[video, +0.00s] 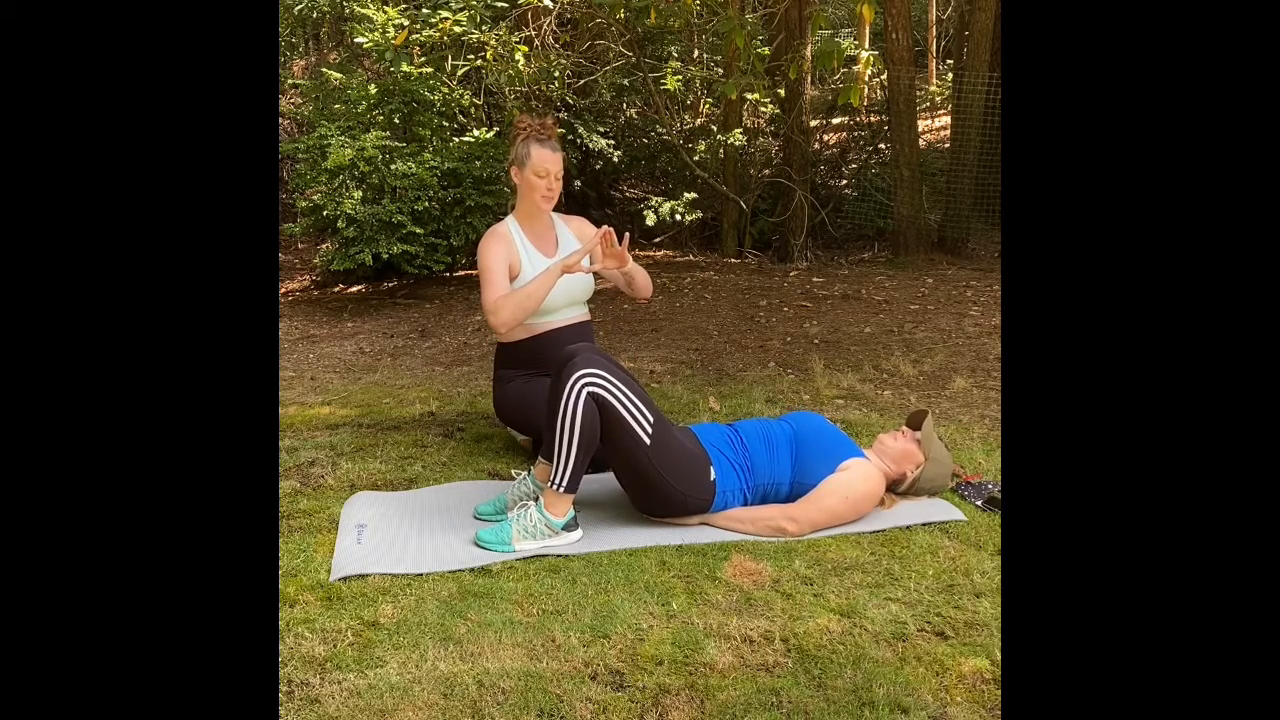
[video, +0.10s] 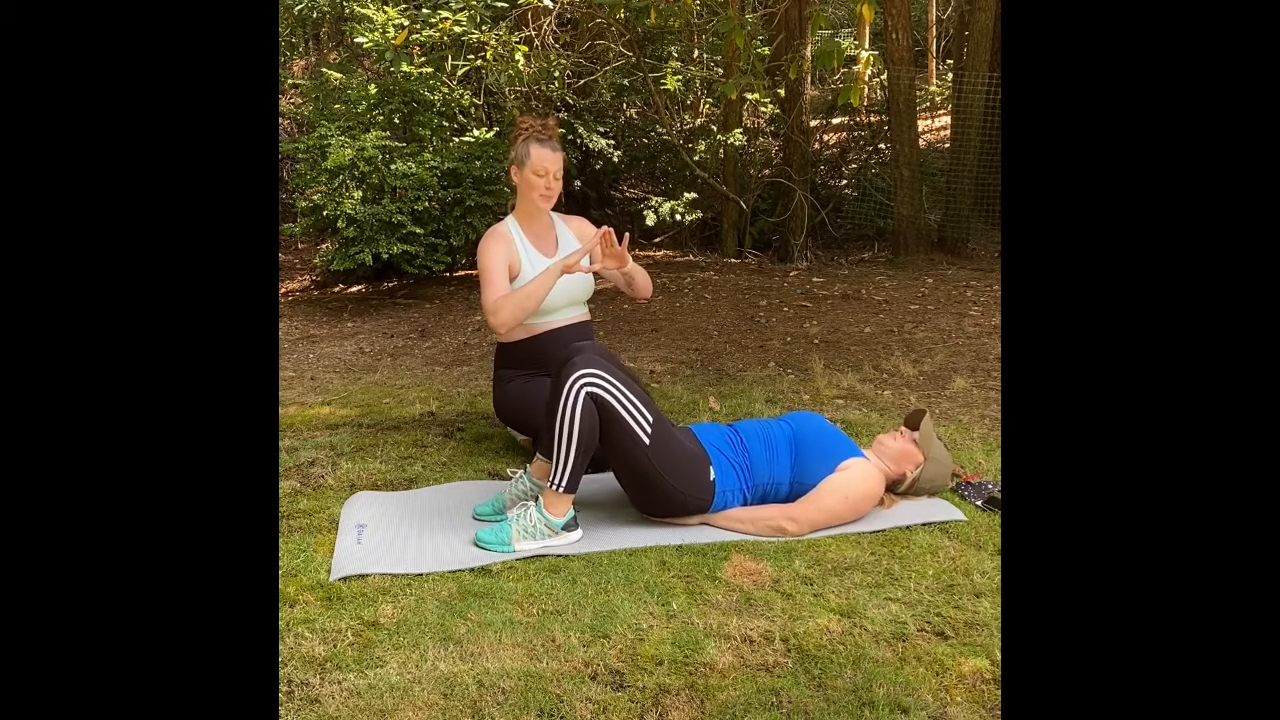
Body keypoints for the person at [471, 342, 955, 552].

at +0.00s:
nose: (899, 432)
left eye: (910, 440)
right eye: (908, 430)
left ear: (908, 471)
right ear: (898, 445)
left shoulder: (863, 478)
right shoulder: (846, 454)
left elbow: (794, 521)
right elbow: (776, 497)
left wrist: (707, 516)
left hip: (695, 483)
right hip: (681, 455)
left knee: (589, 374)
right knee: (590, 364)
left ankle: (554, 511)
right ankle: (542, 484)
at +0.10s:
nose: (898, 433)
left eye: (909, 440)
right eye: (906, 431)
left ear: (907, 471)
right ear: (896, 444)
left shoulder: (863, 478)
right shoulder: (846, 455)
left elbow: (794, 521)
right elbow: (775, 497)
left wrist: (707, 516)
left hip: (694, 482)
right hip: (680, 454)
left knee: (588, 375)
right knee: (590, 361)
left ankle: (554, 511)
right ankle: (541, 482)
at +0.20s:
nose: (899, 433)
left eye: (909, 440)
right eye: (907, 431)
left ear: (907, 471)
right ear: (895, 442)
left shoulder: (863, 476)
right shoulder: (845, 454)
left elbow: (791, 516)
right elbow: (774, 494)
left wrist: (707, 516)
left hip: (694, 482)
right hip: (680, 452)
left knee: (590, 372)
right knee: (589, 357)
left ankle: (555, 511)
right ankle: (539, 476)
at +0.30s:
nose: (899, 433)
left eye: (909, 440)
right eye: (907, 431)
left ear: (908, 470)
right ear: (896, 444)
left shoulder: (864, 474)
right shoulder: (848, 454)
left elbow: (789, 509)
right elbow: (774, 489)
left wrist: (707, 515)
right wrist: (707, 495)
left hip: (693, 480)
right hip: (679, 451)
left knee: (591, 374)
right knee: (591, 359)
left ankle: (554, 512)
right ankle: (538, 480)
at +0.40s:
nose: (900, 434)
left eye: (911, 441)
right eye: (908, 432)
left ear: (908, 471)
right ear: (897, 444)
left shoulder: (864, 474)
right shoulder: (850, 455)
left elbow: (789, 508)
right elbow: (775, 490)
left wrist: (709, 515)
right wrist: (709, 496)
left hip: (693, 481)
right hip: (679, 453)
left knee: (591, 377)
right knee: (591, 364)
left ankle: (555, 512)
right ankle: (539, 481)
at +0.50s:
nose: (900, 434)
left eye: (910, 441)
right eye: (908, 431)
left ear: (908, 470)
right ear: (899, 447)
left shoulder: (865, 474)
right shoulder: (852, 457)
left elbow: (792, 510)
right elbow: (777, 493)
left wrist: (709, 516)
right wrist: (709, 496)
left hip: (693, 481)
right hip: (680, 453)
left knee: (590, 376)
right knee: (590, 365)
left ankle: (554, 512)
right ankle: (539, 485)